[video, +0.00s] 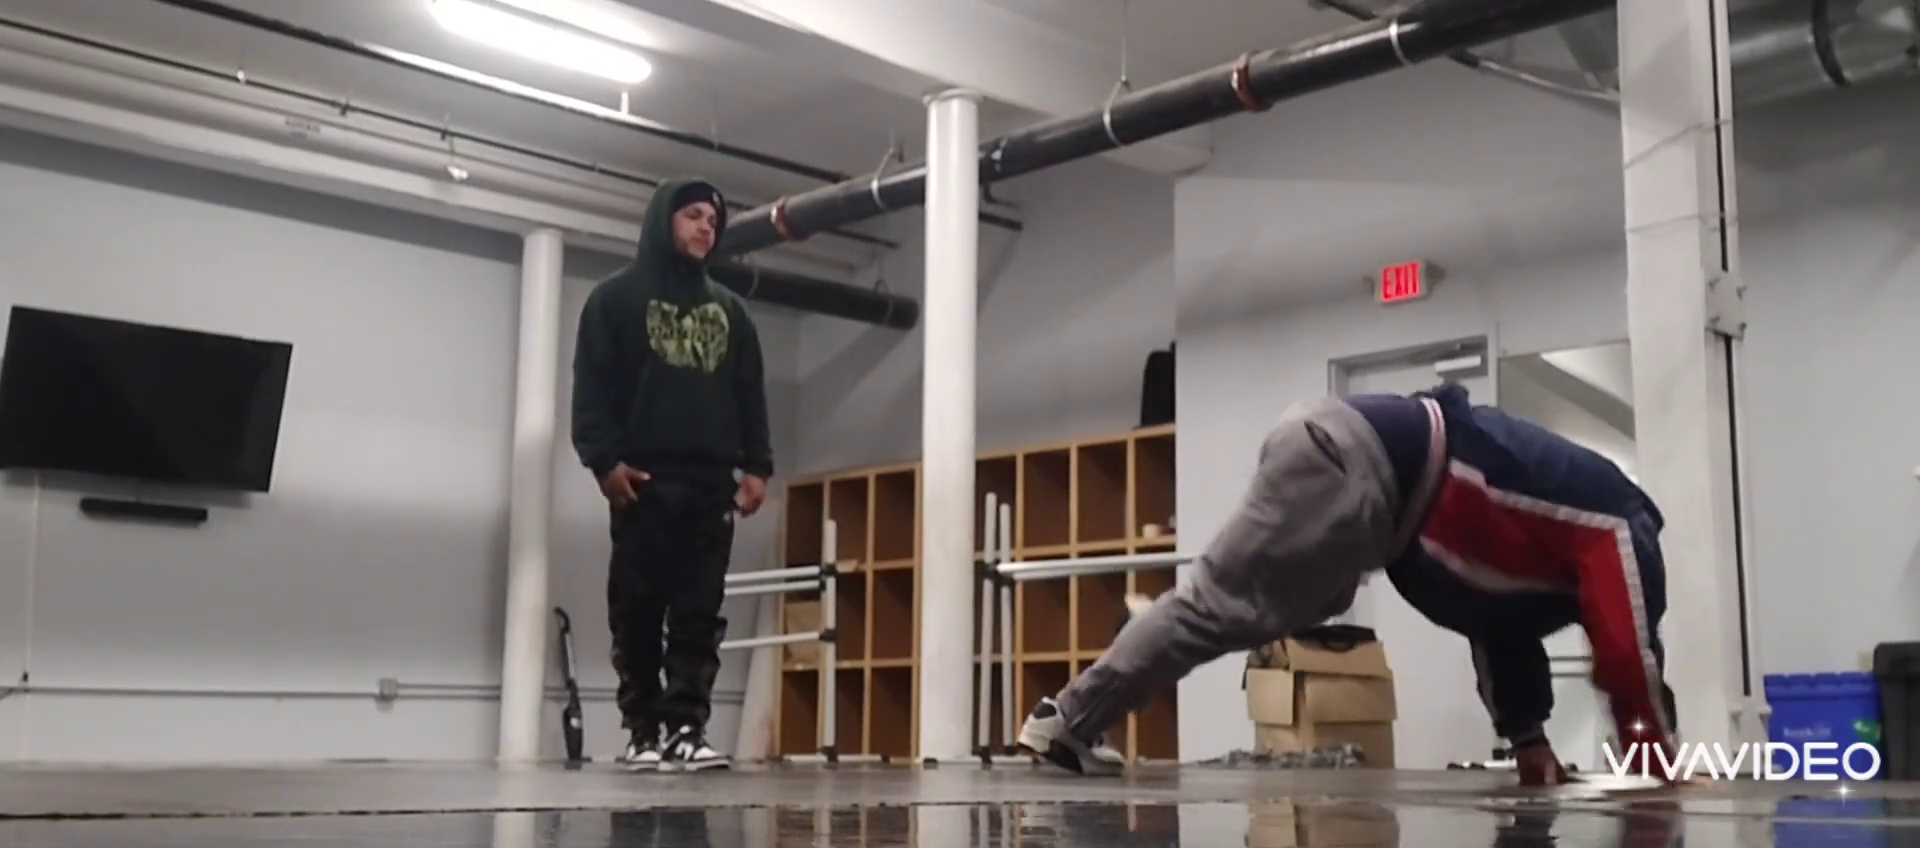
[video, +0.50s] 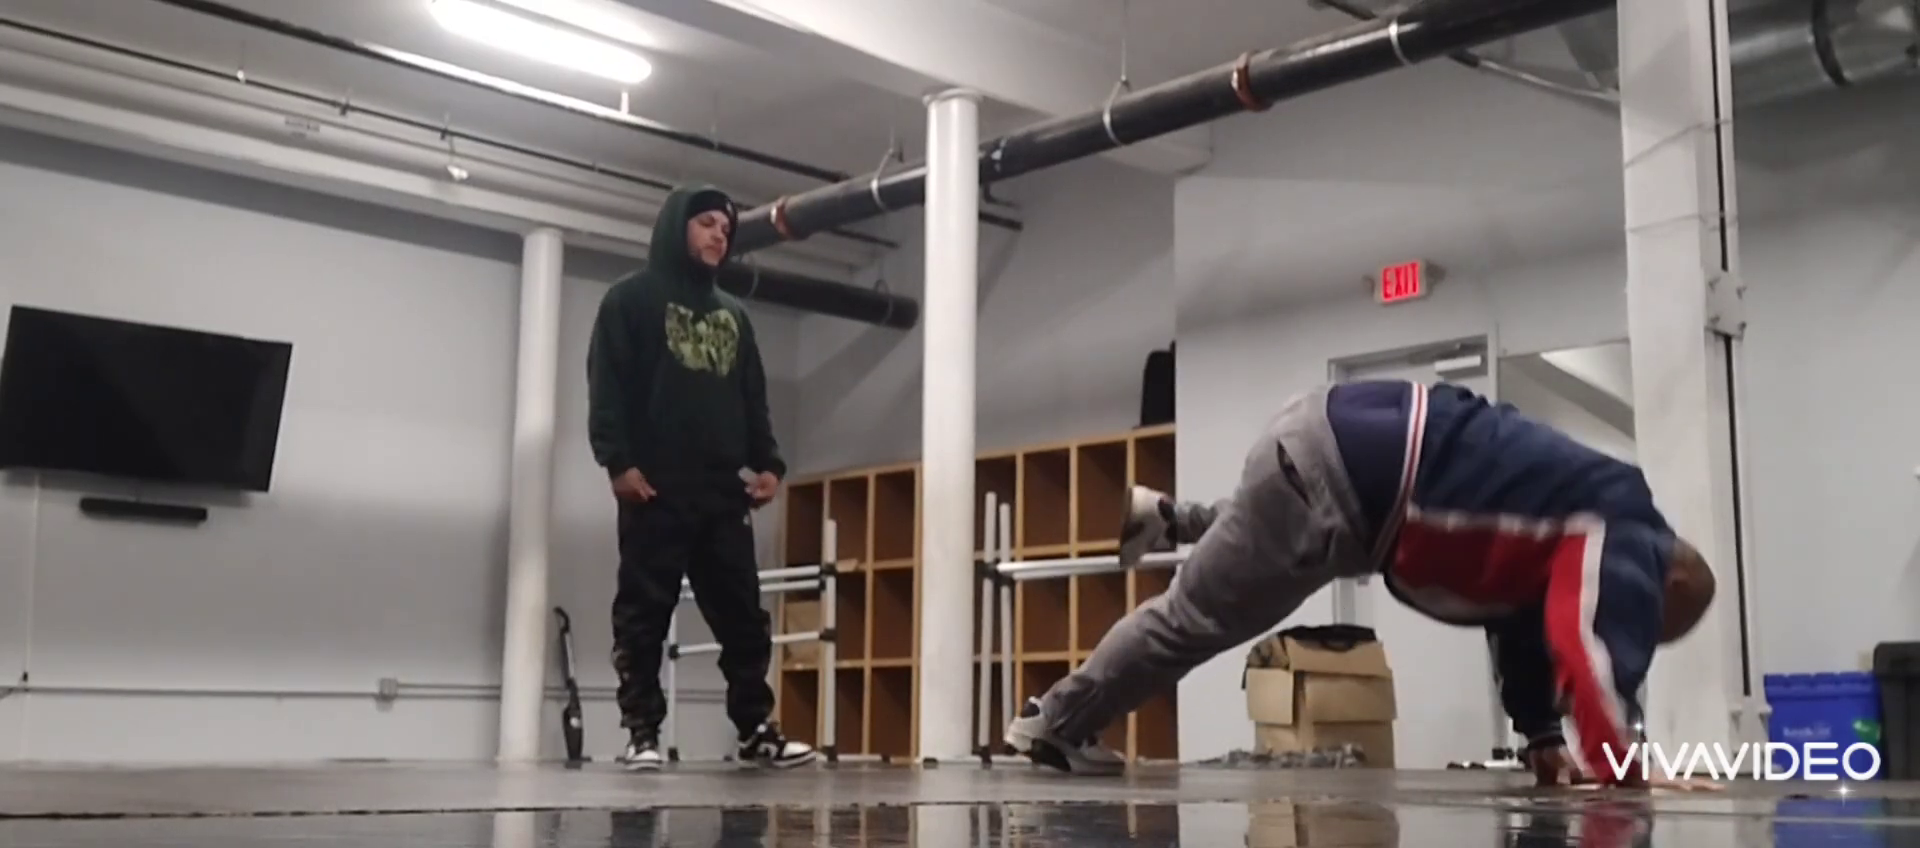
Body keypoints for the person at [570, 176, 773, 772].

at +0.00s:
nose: (705, 229)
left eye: (712, 222)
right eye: (694, 217)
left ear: (717, 234)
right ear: (663, 220)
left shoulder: (730, 309)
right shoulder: (615, 298)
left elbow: (750, 393)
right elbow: (591, 392)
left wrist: (758, 466)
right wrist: (605, 464)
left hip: (711, 479)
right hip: (641, 476)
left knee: (699, 609)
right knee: (637, 607)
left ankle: (686, 731)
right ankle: (644, 733)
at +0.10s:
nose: (702, 231)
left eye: (709, 224)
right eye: (692, 219)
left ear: (713, 236)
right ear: (661, 222)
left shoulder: (724, 308)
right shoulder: (614, 299)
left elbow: (748, 392)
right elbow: (587, 392)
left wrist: (760, 461)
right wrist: (602, 463)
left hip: (708, 482)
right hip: (639, 480)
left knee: (699, 610)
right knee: (635, 609)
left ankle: (688, 730)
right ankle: (641, 732)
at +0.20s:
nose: (702, 232)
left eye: (708, 224)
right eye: (691, 220)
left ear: (713, 235)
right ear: (660, 224)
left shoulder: (723, 307)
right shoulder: (614, 299)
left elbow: (748, 389)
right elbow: (589, 391)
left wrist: (762, 456)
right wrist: (605, 463)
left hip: (709, 481)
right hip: (640, 479)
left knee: (707, 609)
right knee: (637, 609)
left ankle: (705, 730)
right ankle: (642, 733)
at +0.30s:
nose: (704, 233)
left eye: (711, 226)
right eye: (694, 221)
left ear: (714, 238)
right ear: (663, 224)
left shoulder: (722, 308)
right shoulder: (616, 299)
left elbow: (747, 390)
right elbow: (591, 391)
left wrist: (762, 454)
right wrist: (607, 463)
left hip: (713, 482)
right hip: (643, 480)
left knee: (722, 611)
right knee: (638, 611)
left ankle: (728, 729)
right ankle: (642, 734)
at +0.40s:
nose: (710, 234)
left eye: (716, 228)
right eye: (699, 222)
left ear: (718, 240)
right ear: (668, 226)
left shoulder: (726, 311)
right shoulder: (621, 299)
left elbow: (748, 393)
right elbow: (598, 390)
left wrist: (763, 457)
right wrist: (612, 464)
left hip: (717, 483)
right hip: (646, 483)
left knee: (737, 611)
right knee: (640, 612)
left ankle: (747, 733)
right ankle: (642, 737)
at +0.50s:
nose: (718, 235)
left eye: (724, 229)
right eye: (707, 224)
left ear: (727, 242)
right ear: (677, 228)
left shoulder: (733, 315)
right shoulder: (630, 299)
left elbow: (754, 397)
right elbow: (606, 389)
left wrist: (768, 463)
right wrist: (619, 464)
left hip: (722, 486)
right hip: (652, 484)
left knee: (742, 613)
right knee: (644, 612)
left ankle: (755, 731)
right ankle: (642, 735)